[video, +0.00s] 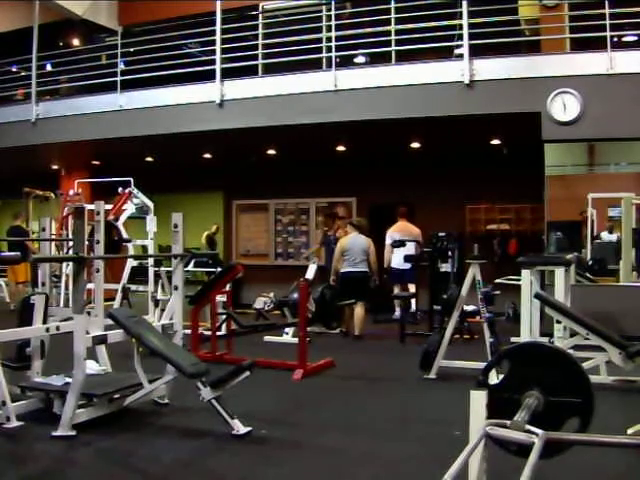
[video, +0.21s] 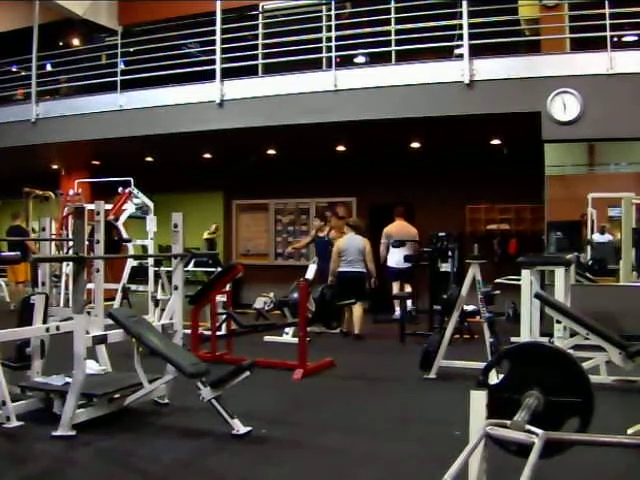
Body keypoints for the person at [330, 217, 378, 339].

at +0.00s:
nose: (346, 229)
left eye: (348, 228)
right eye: (347, 227)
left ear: (350, 228)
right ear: (360, 229)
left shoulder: (343, 241)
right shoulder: (368, 241)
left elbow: (336, 261)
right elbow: (373, 261)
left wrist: (333, 274)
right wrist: (375, 275)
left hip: (346, 273)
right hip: (362, 273)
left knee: (347, 303)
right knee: (360, 303)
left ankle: (345, 328)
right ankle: (357, 332)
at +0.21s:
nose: (344, 230)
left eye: (345, 228)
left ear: (347, 229)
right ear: (358, 229)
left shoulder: (339, 242)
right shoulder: (365, 242)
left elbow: (334, 262)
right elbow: (369, 262)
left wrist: (331, 276)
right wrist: (373, 275)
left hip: (343, 273)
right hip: (359, 273)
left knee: (345, 303)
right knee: (358, 303)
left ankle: (345, 327)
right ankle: (357, 330)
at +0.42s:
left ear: (344, 227)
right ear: (355, 227)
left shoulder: (336, 241)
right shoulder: (361, 241)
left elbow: (331, 260)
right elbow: (366, 261)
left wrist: (329, 275)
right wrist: (371, 275)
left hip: (341, 272)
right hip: (356, 272)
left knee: (345, 303)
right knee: (360, 301)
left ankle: (345, 328)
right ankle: (358, 323)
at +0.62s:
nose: (355, 229)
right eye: (355, 227)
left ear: (345, 227)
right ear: (355, 227)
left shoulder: (336, 241)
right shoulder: (360, 240)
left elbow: (332, 260)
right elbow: (364, 259)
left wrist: (332, 276)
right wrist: (369, 272)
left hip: (341, 271)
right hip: (356, 271)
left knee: (346, 301)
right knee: (362, 298)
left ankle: (345, 327)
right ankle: (363, 324)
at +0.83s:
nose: (358, 230)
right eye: (358, 228)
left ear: (347, 228)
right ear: (357, 228)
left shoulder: (339, 241)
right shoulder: (363, 241)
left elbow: (334, 257)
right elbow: (367, 260)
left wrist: (336, 269)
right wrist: (371, 274)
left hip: (344, 271)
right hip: (359, 271)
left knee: (347, 302)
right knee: (362, 300)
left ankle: (345, 328)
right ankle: (367, 323)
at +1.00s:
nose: (364, 229)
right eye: (363, 228)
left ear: (352, 228)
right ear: (362, 228)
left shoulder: (344, 242)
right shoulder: (368, 241)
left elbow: (339, 261)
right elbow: (372, 261)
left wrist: (338, 274)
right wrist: (377, 275)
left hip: (348, 272)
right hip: (364, 272)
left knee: (349, 301)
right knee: (365, 300)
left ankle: (346, 326)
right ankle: (367, 324)